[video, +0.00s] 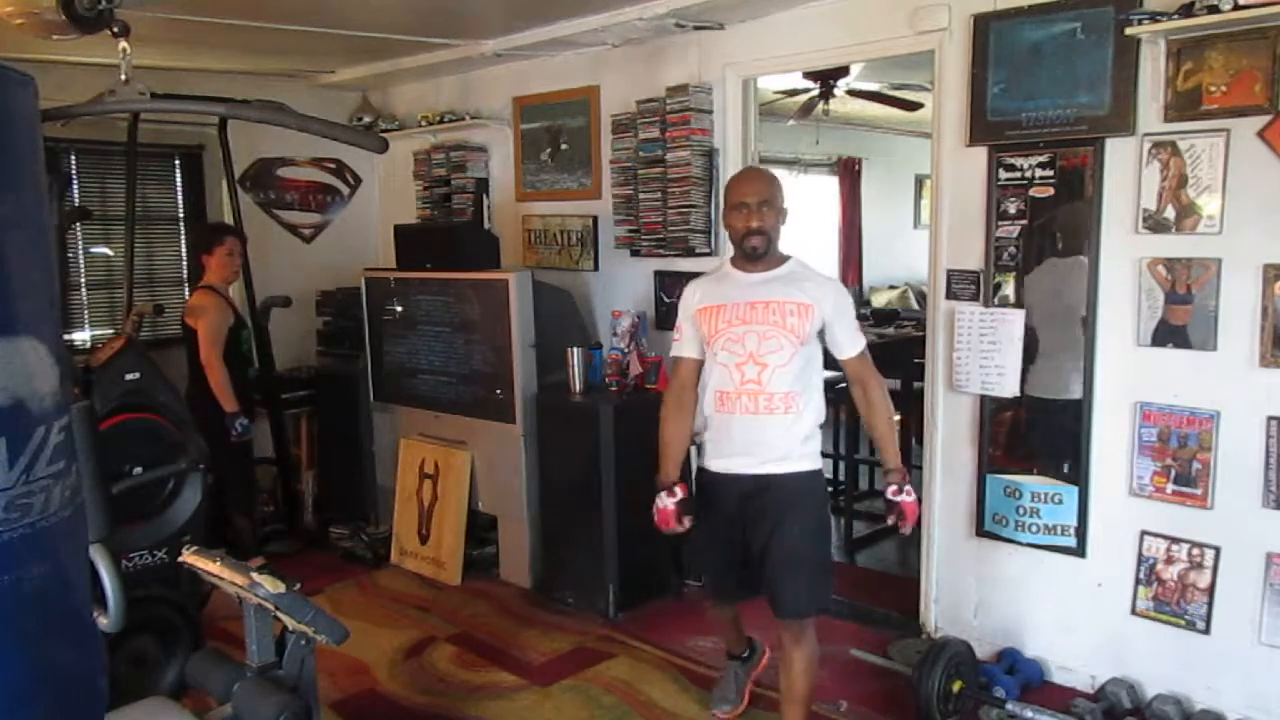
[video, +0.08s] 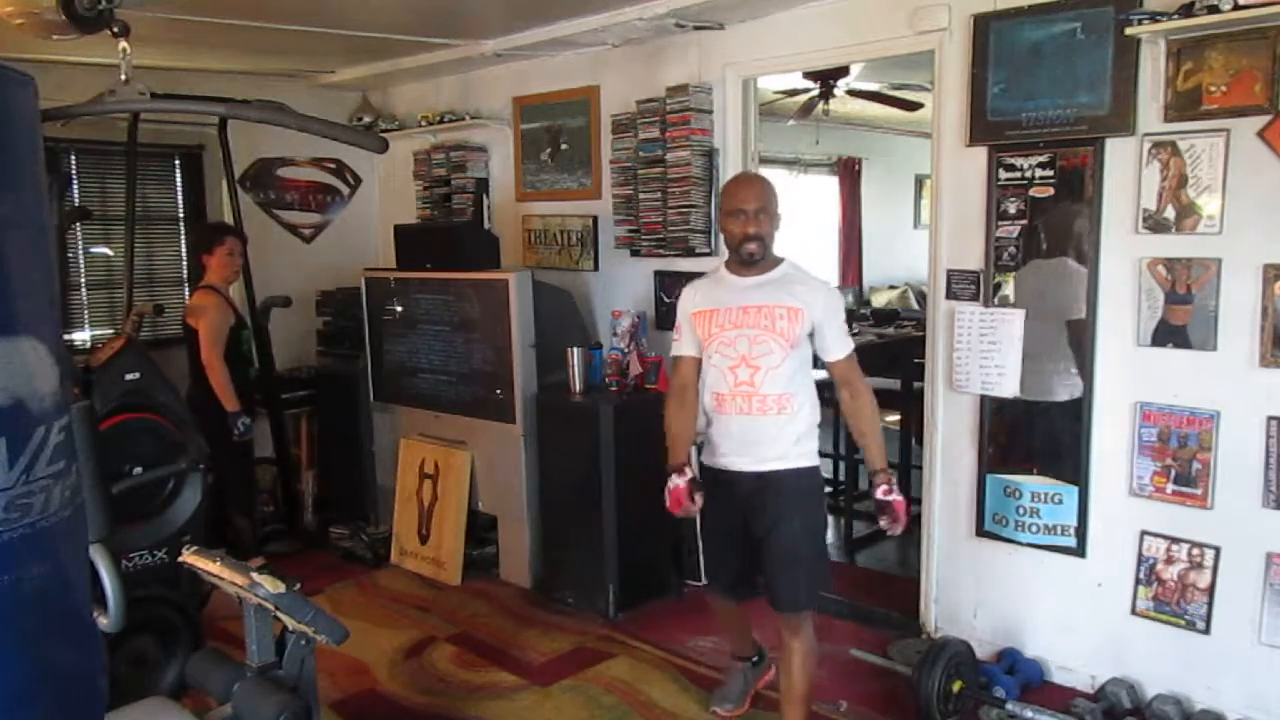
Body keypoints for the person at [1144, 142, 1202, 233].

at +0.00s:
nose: (1158, 158)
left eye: (1159, 153)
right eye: (1155, 156)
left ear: (1169, 150)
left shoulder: (1175, 161)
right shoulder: (1164, 166)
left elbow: (1170, 187)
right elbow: (1162, 188)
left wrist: (1160, 213)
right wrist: (1157, 212)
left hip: (1190, 211)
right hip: (1180, 212)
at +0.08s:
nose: (1158, 158)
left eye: (1159, 153)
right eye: (1155, 156)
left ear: (1169, 150)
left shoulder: (1175, 161)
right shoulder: (1164, 166)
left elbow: (1170, 187)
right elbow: (1162, 188)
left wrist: (1160, 213)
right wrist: (1157, 212)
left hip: (1190, 211)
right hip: (1180, 212)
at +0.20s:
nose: (1158, 158)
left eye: (1159, 153)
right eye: (1155, 155)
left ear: (1169, 150)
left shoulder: (1175, 161)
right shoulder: (1164, 166)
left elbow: (1170, 188)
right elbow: (1161, 188)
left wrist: (1160, 213)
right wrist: (1157, 212)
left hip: (1190, 211)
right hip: (1180, 212)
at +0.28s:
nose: (1158, 158)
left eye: (1159, 153)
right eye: (1155, 155)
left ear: (1169, 150)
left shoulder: (1175, 161)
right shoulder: (1164, 166)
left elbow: (1170, 188)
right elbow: (1161, 188)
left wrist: (1160, 213)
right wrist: (1157, 211)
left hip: (1190, 211)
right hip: (1180, 212)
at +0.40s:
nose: (1158, 158)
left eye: (1159, 153)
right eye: (1155, 155)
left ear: (1169, 150)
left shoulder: (1175, 161)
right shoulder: (1164, 166)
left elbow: (1170, 188)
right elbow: (1161, 188)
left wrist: (1160, 213)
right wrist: (1157, 211)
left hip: (1190, 211)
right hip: (1180, 212)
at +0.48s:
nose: (1158, 158)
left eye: (1159, 153)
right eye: (1155, 155)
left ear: (1169, 150)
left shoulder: (1175, 161)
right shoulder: (1164, 166)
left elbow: (1170, 188)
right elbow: (1161, 188)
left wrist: (1160, 213)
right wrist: (1157, 211)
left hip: (1190, 211)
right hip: (1180, 212)